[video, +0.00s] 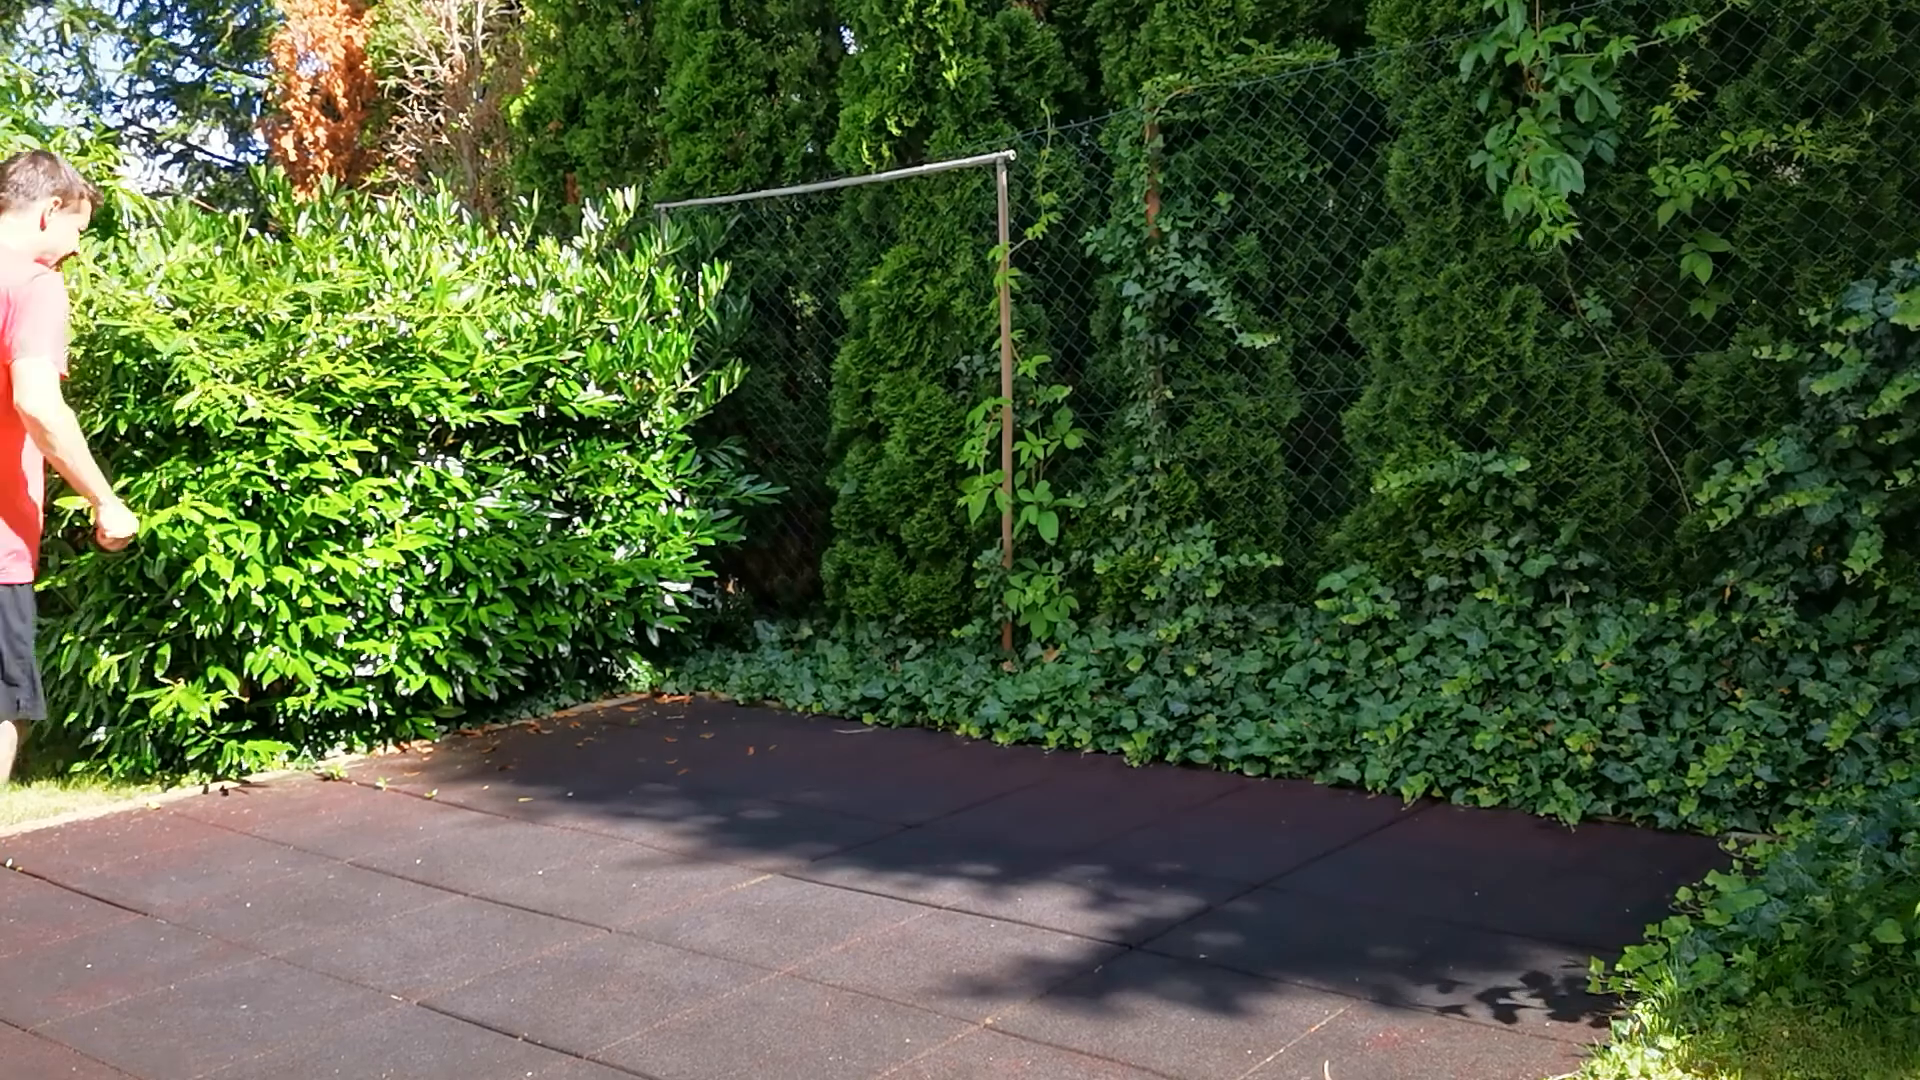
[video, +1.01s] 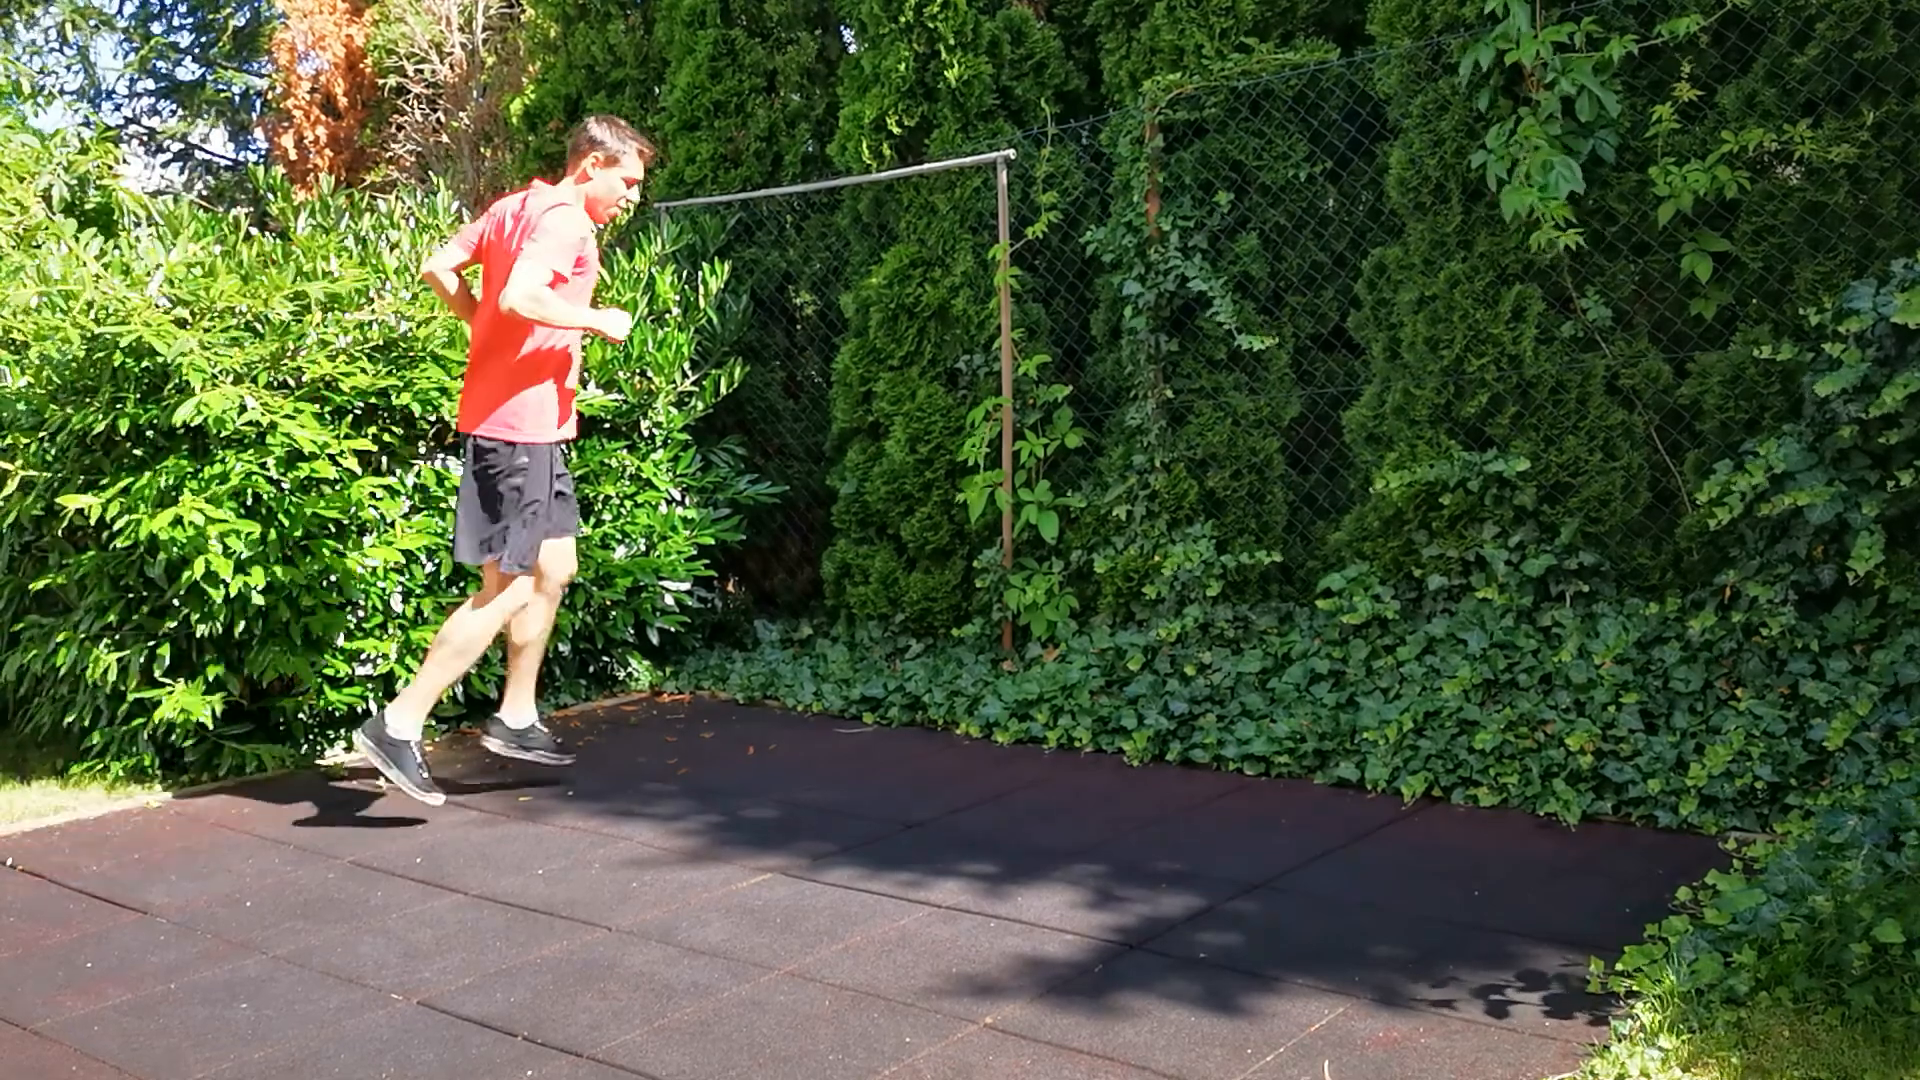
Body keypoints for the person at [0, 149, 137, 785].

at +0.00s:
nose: (77, 246)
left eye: (81, 231)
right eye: (78, 228)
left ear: (34, 209)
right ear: (48, 211)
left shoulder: (21, 278)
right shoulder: (32, 282)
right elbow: (35, 400)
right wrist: (104, 499)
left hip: (5, 548)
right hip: (2, 549)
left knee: (8, 713)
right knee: (4, 718)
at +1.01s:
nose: (633, 198)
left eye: (638, 186)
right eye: (628, 183)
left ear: (583, 171)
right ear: (591, 168)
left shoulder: (519, 203)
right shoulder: (565, 217)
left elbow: (441, 267)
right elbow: (519, 297)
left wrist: (493, 328)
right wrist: (594, 317)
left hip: (528, 429)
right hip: (516, 431)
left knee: (555, 567)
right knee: (505, 590)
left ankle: (516, 718)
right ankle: (399, 726)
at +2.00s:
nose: (1070, 186)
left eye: (1081, 175)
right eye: (1058, 171)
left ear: (1089, 179)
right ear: (1029, 168)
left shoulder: (1064, 240)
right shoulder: (981, 233)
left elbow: (1026, 318)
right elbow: (910, 313)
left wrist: (1071, 356)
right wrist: (969, 366)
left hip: (1042, 446)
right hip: (974, 446)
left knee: (1068, 589)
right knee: (969, 600)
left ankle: (1084, 740)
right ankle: (870, 516)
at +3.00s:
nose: (1291, 143)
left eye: (1302, 126)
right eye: (1278, 134)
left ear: (1338, 127)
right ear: (1267, 145)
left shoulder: (1375, 192)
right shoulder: (1270, 208)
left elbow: (1395, 96)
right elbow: (1182, 154)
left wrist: (1373, 2)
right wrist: (1121, 73)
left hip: (1358, 452)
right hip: (1277, 453)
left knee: (1381, 644)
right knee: (1221, 629)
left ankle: (1441, 811)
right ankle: (1272, 761)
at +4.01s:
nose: (1265, 152)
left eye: (1276, 133)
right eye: (1250, 139)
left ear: (1304, 126)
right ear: (1234, 142)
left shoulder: (1345, 192)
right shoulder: (1232, 220)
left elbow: (1334, 221)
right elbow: (1240, 322)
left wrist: (1293, 213)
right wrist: (1250, 412)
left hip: (1321, 454)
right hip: (1236, 455)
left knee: (1342, 635)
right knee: (1226, 633)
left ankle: (1374, 811)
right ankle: (1251, 800)